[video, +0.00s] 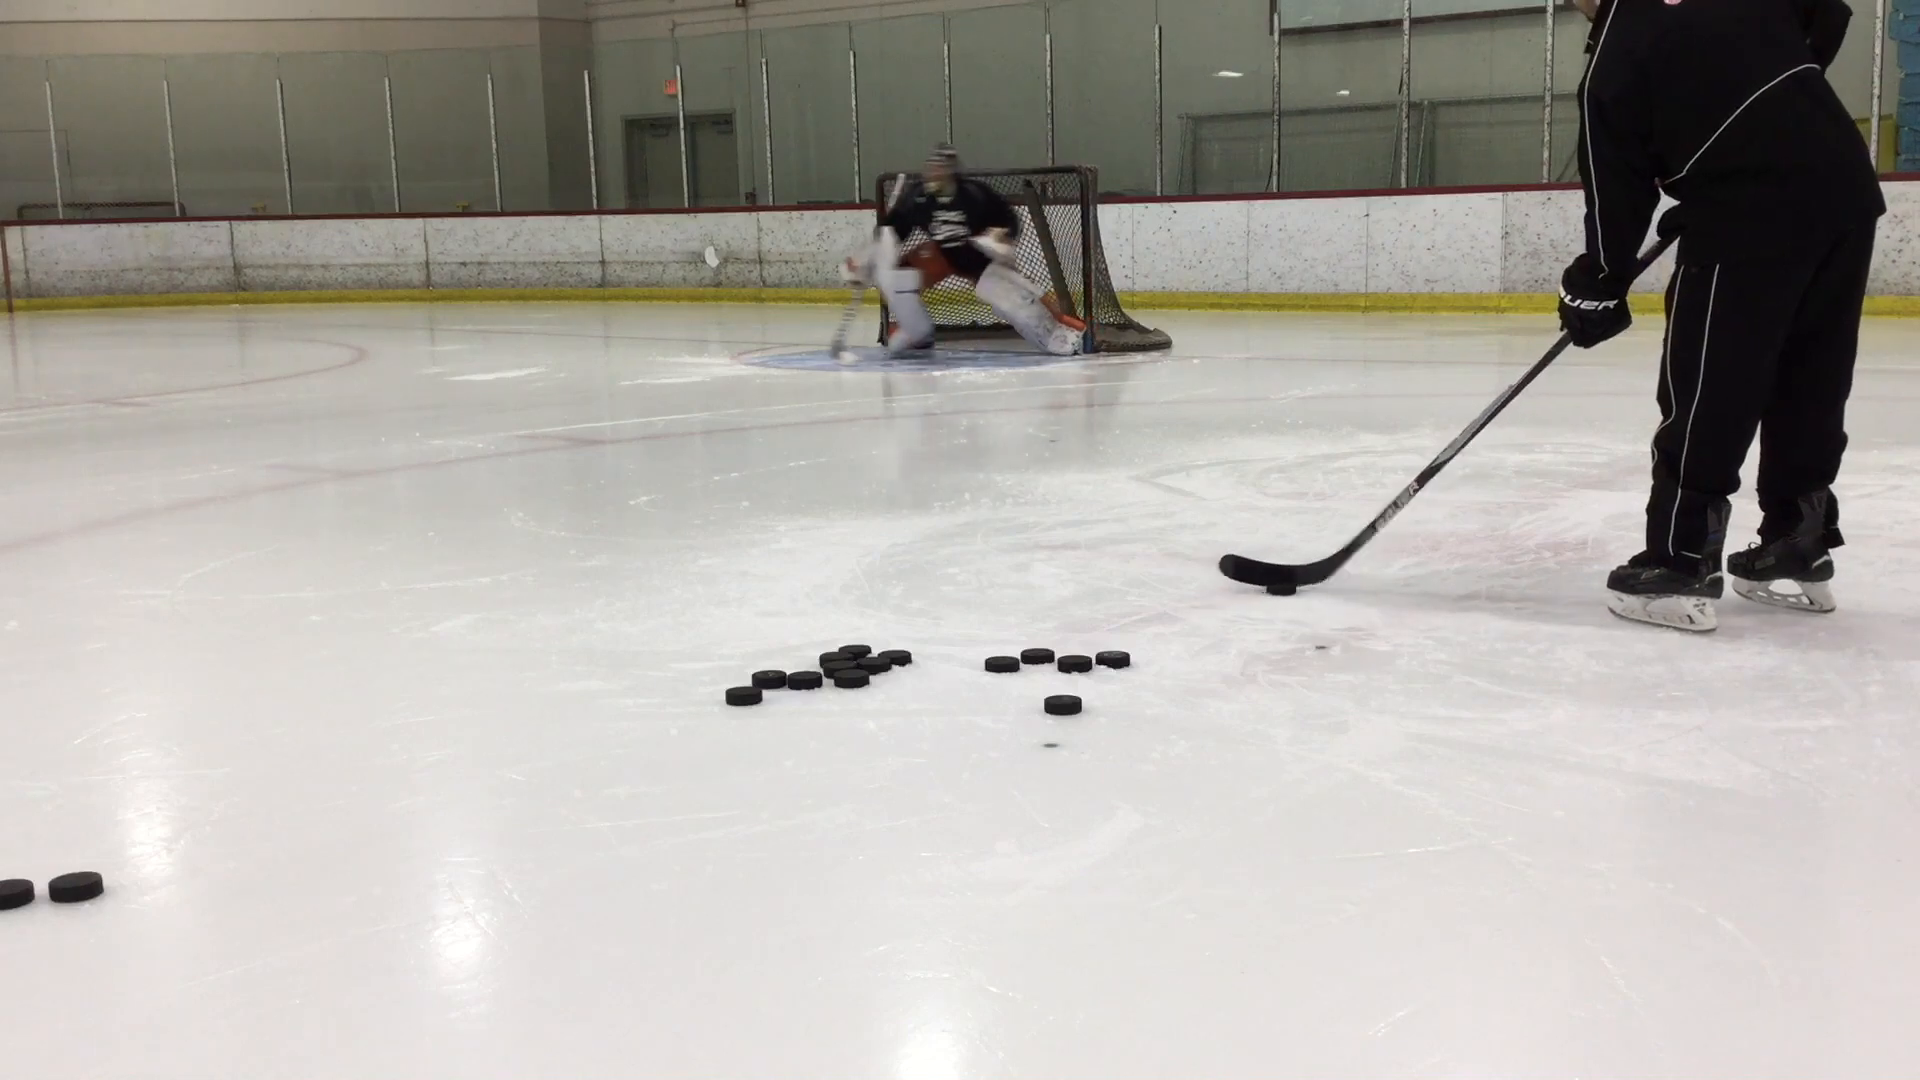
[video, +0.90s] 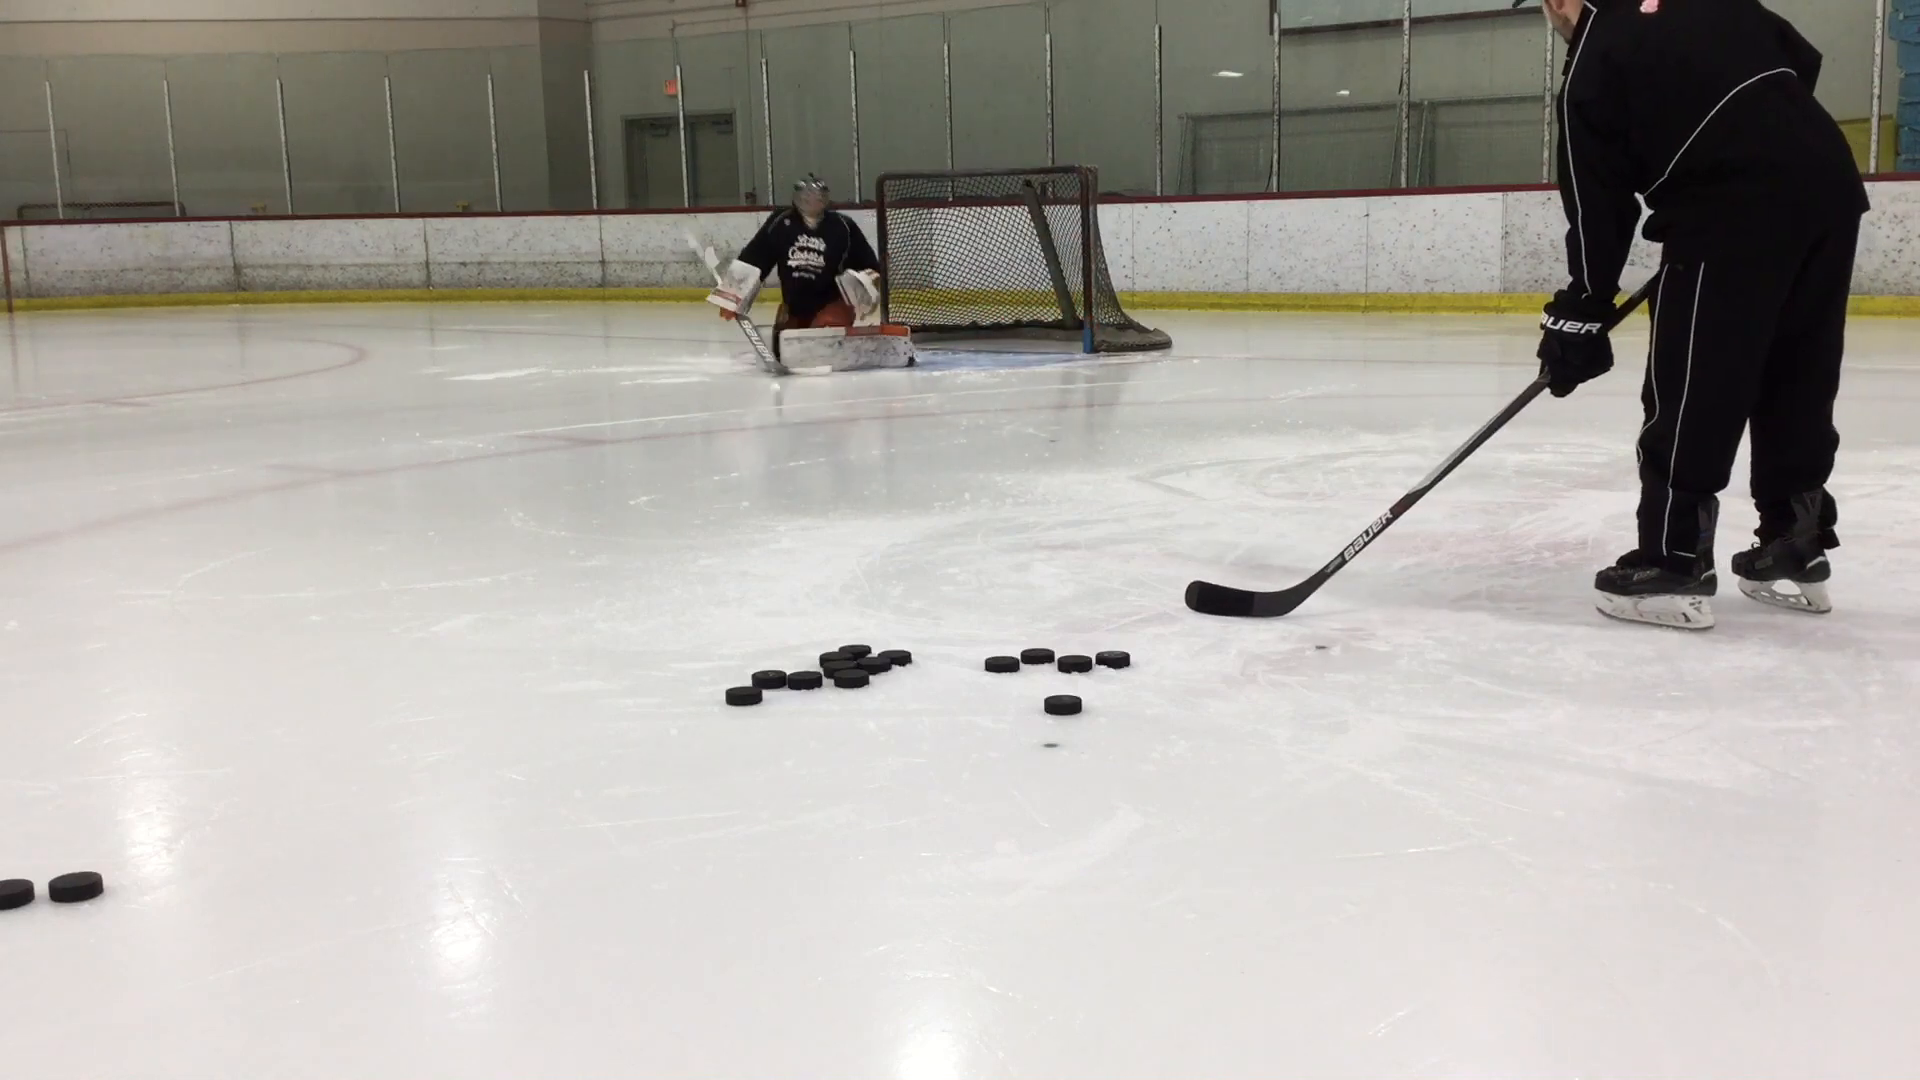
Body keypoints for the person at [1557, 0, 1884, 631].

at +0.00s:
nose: (1573, 11)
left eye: (1573, 7)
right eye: (1572, 6)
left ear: (1588, 4)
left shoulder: (1611, 69)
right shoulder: (1733, 7)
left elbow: (1618, 186)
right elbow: (1831, 13)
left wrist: (1598, 283)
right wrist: (1777, 93)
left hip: (1745, 211)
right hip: (1846, 195)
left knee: (1704, 387)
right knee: (1811, 381)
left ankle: (1682, 558)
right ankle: (1798, 544)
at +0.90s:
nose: (1550, 17)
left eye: (1549, 7)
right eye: (1546, 9)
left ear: (1568, 3)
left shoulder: (1590, 74)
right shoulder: (1717, 5)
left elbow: (1598, 204)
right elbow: (1801, 59)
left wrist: (1579, 314)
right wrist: (1726, 173)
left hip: (1727, 213)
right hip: (1828, 193)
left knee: (1689, 388)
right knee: (1797, 380)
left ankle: (1674, 559)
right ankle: (1796, 545)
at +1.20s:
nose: (1514, 57)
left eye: (1510, 39)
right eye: (1507, 45)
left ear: (1537, 14)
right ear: (1578, 9)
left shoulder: (1563, 87)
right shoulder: (1682, 23)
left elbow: (1567, 217)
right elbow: (1764, 89)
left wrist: (1548, 324)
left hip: (1694, 225)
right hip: (1801, 204)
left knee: (1645, 392)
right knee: (1788, 391)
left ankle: (1626, 553)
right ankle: (1832, 548)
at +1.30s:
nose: (1495, 66)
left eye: (1489, 48)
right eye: (1486, 55)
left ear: (1517, 17)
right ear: (1554, 12)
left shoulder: (1546, 85)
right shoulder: (1656, 31)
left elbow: (1551, 214)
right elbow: (1743, 89)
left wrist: (1539, 324)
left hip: (1674, 218)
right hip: (1778, 197)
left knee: (1627, 385)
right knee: (1778, 384)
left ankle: (1599, 546)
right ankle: (1843, 541)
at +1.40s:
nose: (1483, 73)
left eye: (1474, 54)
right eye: (1472, 63)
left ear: (1497, 15)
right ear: (1542, 9)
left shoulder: (1525, 84)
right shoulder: (1630, 31)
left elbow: (1538, 203)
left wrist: (1540, 310)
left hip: (1644, 228)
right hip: (1749, 205)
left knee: (1613, 384)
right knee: (1792, 372)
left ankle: (1577, 543)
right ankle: (1867, 532)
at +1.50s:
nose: (1472, 76)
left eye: (1466, 62)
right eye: (1464, 68)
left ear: (1481, 29)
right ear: (1522, 13)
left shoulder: (1504, 100)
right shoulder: (1626, 10)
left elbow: (1516, 225)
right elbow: (1723, 44)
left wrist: (1490, 278)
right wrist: (1651, 90)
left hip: (1616, 238)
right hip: (1723, 203)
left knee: (1604, 388)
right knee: (1793, 363)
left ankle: (1572, 537)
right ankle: (1882, 499)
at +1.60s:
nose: (1463, 77)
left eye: (1459, 62)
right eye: (1459, 64)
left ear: (1476, 44)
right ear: (1521, 23)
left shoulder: (1486, 118)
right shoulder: (1620, 13)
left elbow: (1526, 217)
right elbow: (1727, 44)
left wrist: (1547, 232)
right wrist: (1671, 106)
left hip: (1604, 233)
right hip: (1713, 201)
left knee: (1594, 391)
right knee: (1772, 358)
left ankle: (1561, 534)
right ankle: (1863, 492)